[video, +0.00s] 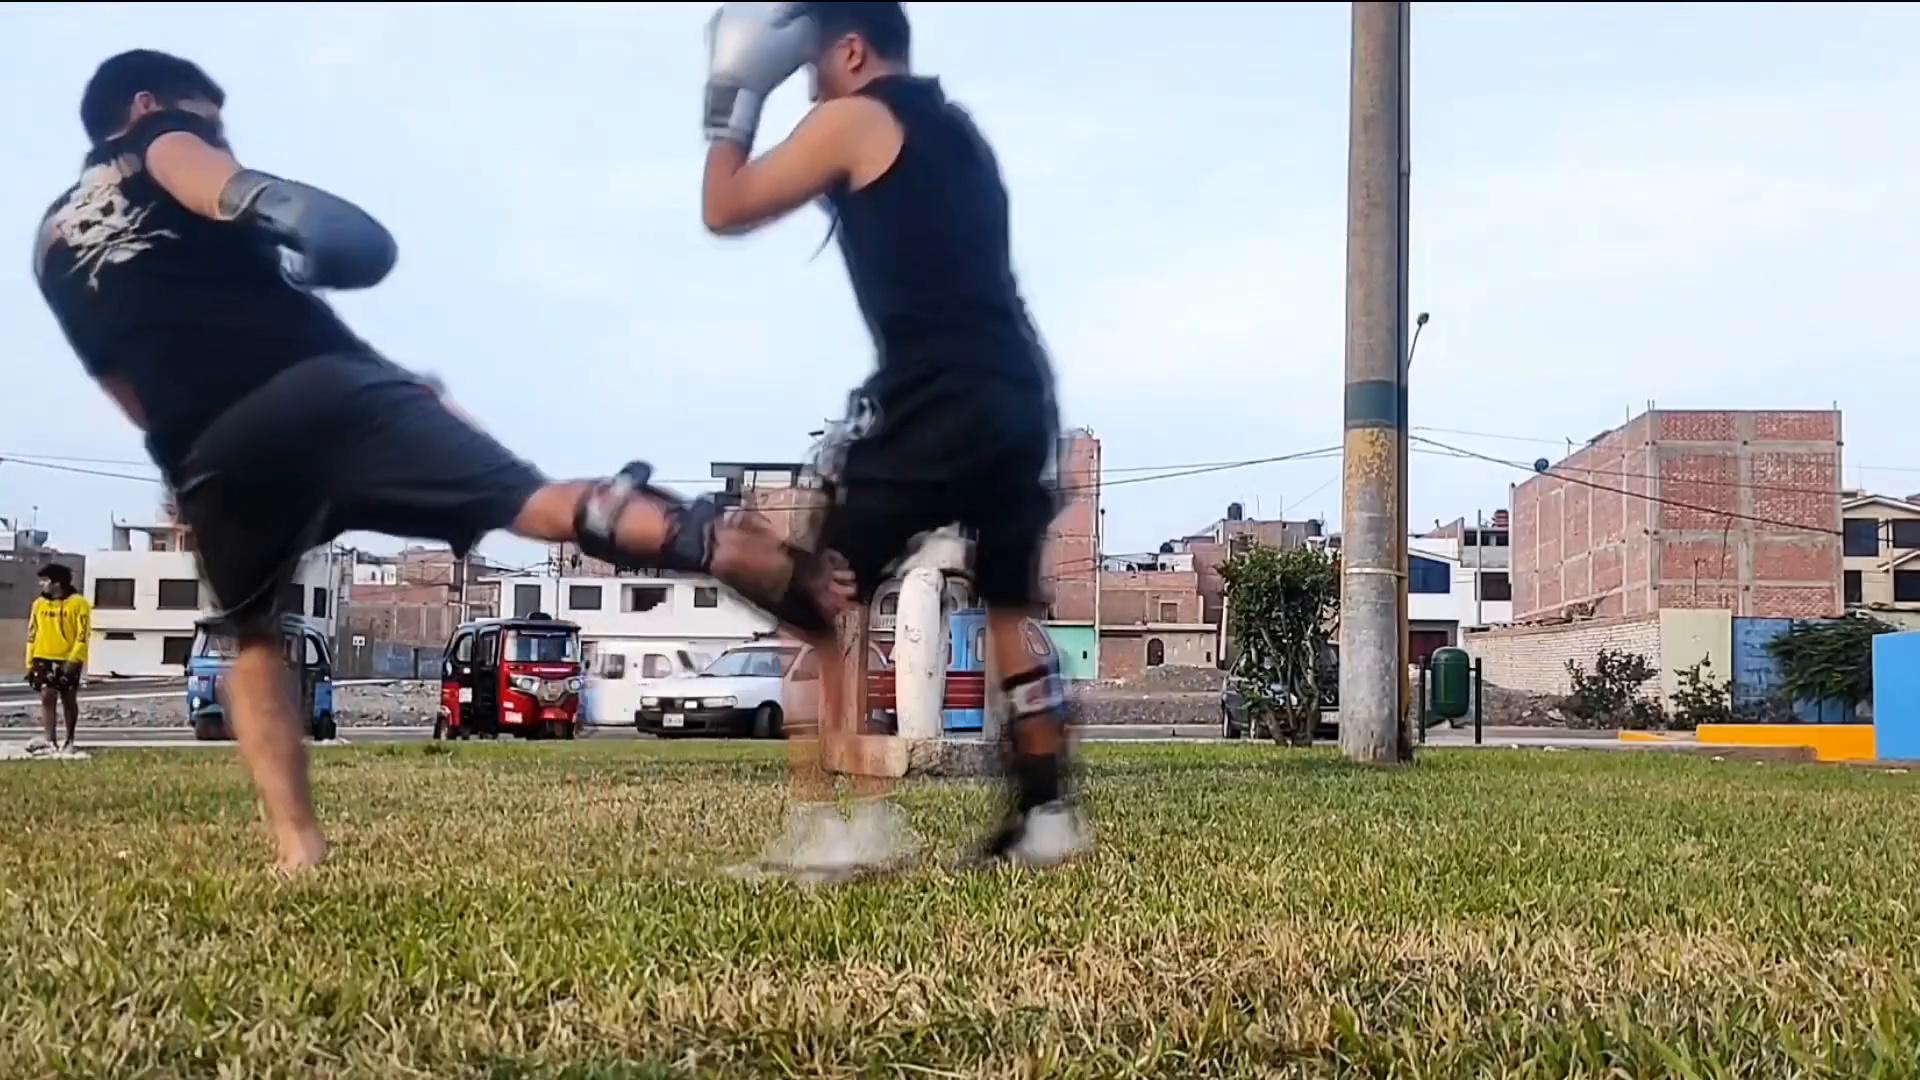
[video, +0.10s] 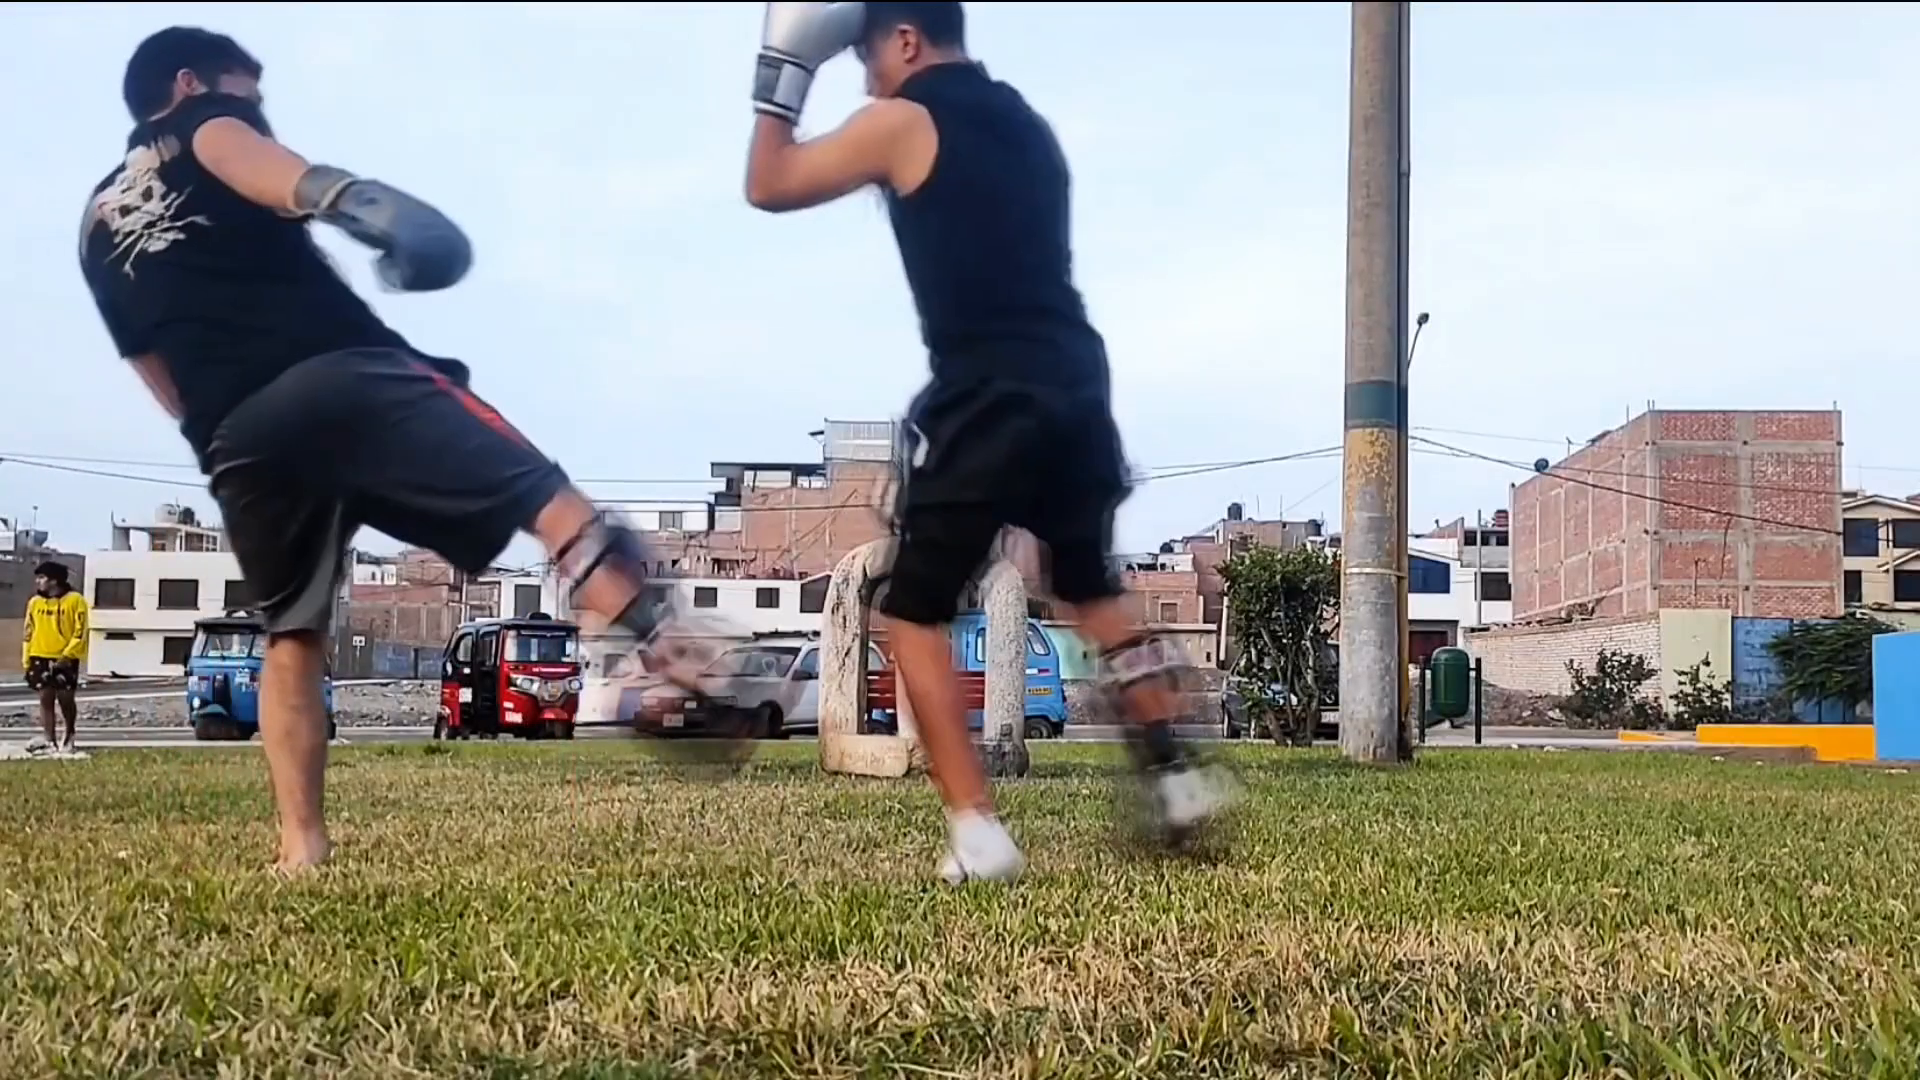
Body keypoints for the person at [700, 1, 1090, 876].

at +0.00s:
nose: (813, 75)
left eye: (816, 57)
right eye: (810, 61)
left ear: (853, 51)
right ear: (891, 50)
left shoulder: (854, 120)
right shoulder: (958, 130)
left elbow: (724, 207)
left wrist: (733, 94)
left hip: (934, 402)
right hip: (1022, 404)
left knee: (828, 590)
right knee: (1012, 602)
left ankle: (853, 818)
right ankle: (1045, 812)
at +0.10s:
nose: (870, 72)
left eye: (872, 52)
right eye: (868, 56)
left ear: (906, 41)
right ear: (950, 40)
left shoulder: (901, 121)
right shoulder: (1029, 124)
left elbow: (768, 184)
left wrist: (779, 68)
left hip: (985, 401)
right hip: (1079, 396)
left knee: (911, 614)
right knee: (1086, 584)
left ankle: (977, 835)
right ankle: (1175, 771)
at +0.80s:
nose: (1150, 145)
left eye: (1151, 122)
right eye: (1144, 128)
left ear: (1197, 101)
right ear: (1232, 94)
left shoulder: (1212, 175)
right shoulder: (1328, 180)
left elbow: (1069, 264)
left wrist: (1058, 152)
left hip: (1259, 474)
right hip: (1360, 476)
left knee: (1103, 638)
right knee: (1383, 683)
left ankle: (1172, 867)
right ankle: (1519, 844)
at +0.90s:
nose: (1146, 121)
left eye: (1146, 99)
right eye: (1139, 105)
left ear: (1184, 70)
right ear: (1223, 65)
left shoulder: (1199, 136)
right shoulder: (1316, 146)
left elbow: (1071, 257)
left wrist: (1061, 143)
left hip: (1226, 436)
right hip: (1334, 448)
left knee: (1069, 606)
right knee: (1382, 649)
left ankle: (1138, 841)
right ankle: (1513, 838)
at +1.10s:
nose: (1053, 66)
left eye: (1052, 46)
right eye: (1048, 50)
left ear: (1090, 25)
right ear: (1141, 23)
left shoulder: (1098, 100)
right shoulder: (1245, 115)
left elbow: (980, 239)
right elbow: (1252, 282)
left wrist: (969, 128)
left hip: (1135, 413)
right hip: (1251, 416)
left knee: (1053, 635)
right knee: (1317, 621)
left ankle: (1100, 884)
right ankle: (1458, 819)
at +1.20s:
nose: (1014, 75)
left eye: (1012, 57)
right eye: (1007, 62)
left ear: (1048, 25)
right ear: (1099, 20)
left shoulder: (1052, 96)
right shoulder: (1213, 113)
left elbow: (932, 231)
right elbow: (1240, 281)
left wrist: (926, 119)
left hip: (1101, 409)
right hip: (1218, 411)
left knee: (1031, 634)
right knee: (1260, 609)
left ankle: (1098, 882)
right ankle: (1375, 804)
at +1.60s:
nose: (956, 71)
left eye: (955, 57)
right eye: (955, 59)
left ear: (982, 40)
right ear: (1052, 35)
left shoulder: (967, 98)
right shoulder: (1146, 126)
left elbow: (861, 223)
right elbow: (1170, 296)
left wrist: (878, 113)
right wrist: (1084, 227)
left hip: (988, 386)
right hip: (1104, 408)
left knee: (825, 556)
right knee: (1040, 629)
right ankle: (1020, 858)